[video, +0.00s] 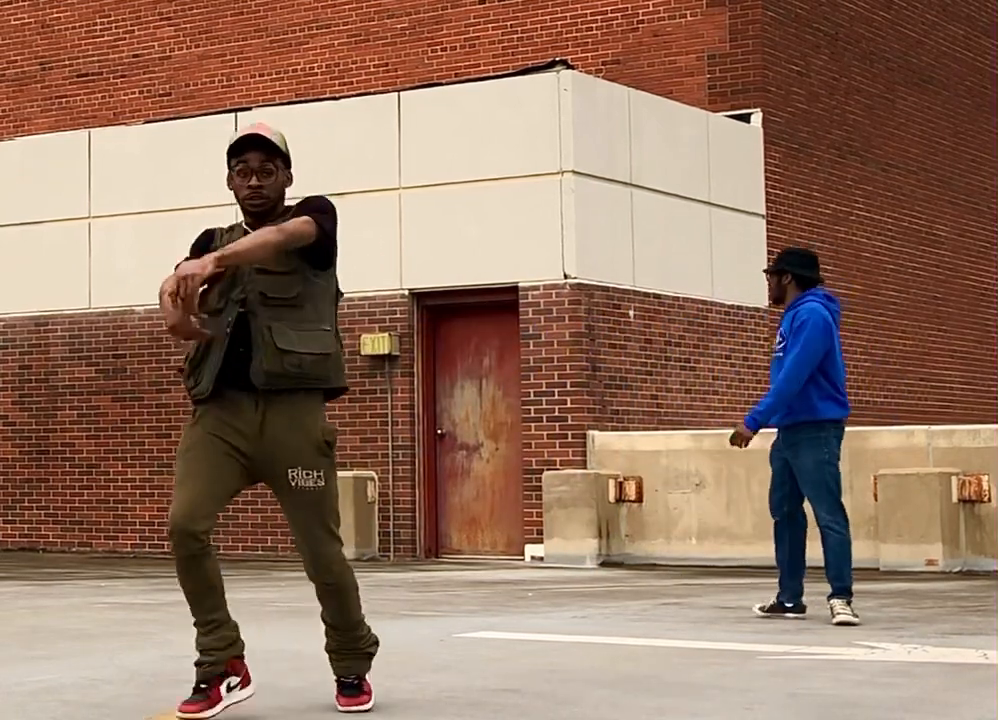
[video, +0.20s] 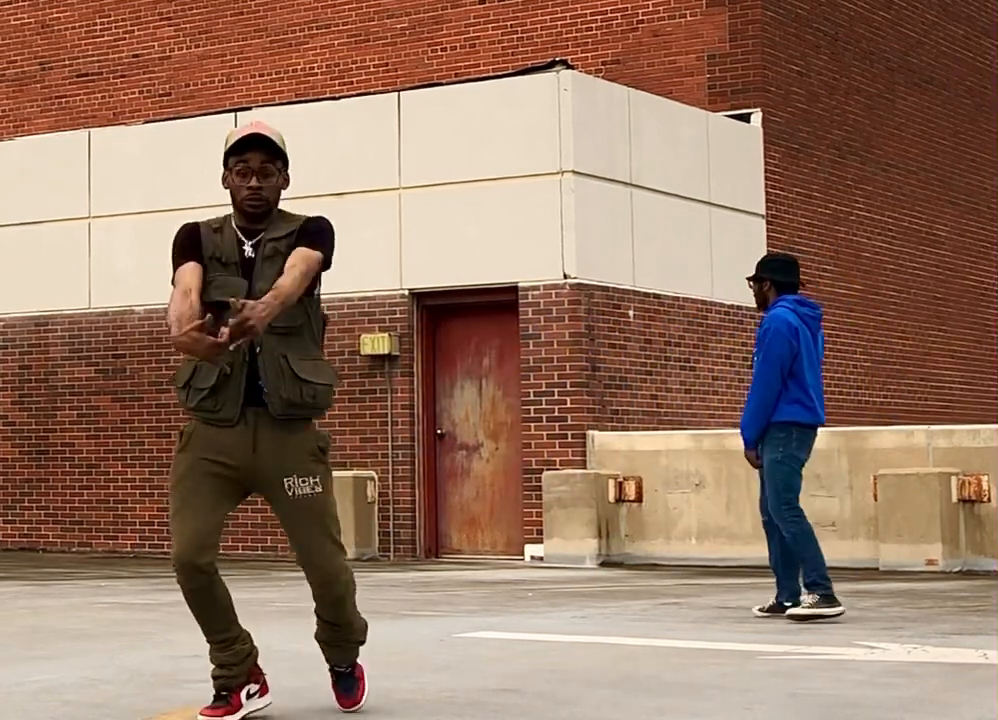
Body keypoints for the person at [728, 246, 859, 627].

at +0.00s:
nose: (769, 284)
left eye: (773, 277)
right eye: (769, 278)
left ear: (790, 278)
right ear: (792, 279)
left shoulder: (814, 316)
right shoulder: (795, 315)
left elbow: (792, 378)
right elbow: (788, 380)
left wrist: (751, 422)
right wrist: (771, 425)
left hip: (817, 430)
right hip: (790, 432)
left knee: (828, 514)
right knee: (785, 512)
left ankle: (840, 598)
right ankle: (788, 599)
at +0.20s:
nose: (753, 290)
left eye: (756, 284)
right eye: (754, 284)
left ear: (769, 285)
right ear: (787, 285)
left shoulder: (779, 322)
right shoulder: (799, 319)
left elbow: (767, 383)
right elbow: (779, 383)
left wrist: (748, 435)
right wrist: (757, 436)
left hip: (787, 424)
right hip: (788, 422)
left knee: (784, 507)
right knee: (771, 510)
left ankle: (822, 594)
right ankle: (788, 596)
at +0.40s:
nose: (747, 287)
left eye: (749, 282)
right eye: (748, 281)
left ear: (758, 284)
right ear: (784, 284)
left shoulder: (760, 319)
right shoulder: (805, 321)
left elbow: (746, 378)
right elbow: (806, 377)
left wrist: (724, 431)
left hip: (772, 426)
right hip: (800, 426)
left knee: (747, 504)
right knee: (786, 509)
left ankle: (777, 590)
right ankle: (790, 594)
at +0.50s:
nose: (739, 292)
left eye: (740, 286)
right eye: (739, 286)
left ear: (748, 287)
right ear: (776, 285)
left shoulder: (747, 322)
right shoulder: (803, 323)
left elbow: (731, 383)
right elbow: (808, 377)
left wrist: (709, 436)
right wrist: (792, 414)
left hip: (761, 430)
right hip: (796, 431)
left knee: (733, 506)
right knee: (785, 514)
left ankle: (747, 593)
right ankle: (790, 598)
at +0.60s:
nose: (729, 303)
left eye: (729, 296)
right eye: (728, 296)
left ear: (737, 294)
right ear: (763, 288)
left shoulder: (739, 326)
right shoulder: (799, 323)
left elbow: (721, 387)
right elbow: (806, 379)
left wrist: (700, 441)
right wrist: (791, 418)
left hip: (754, 433)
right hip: (789, 434)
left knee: (724, 505)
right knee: (782, 514)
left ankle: (724, 593)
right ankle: (789, 597)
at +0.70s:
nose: (715, 307)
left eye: (715, 300)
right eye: (714, 300)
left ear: (722, 298)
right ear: (749, 292)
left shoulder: (724, 331)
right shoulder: (787, 327)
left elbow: (714, 392)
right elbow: (794, 383)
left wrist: (700, 447)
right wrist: (783, 423)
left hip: (742, 437)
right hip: (780, 436)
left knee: (720, 516)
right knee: (779, 518)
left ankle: (709, 591)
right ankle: (788, 597)